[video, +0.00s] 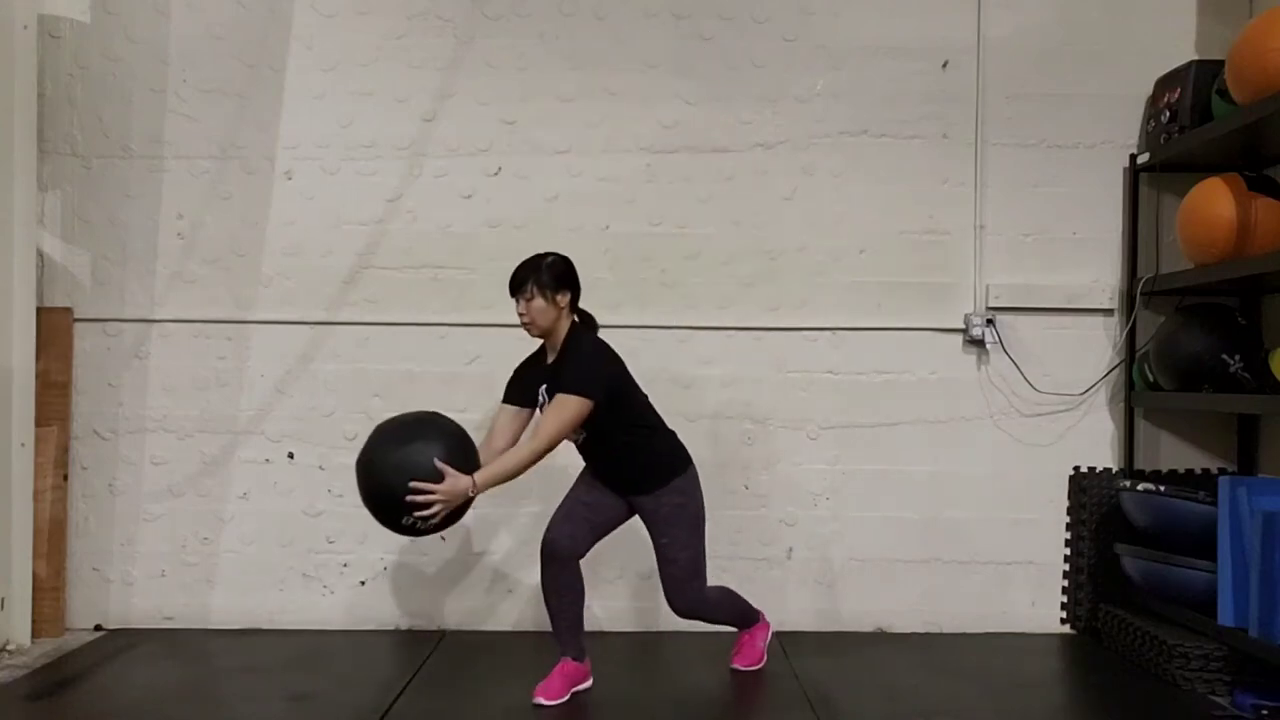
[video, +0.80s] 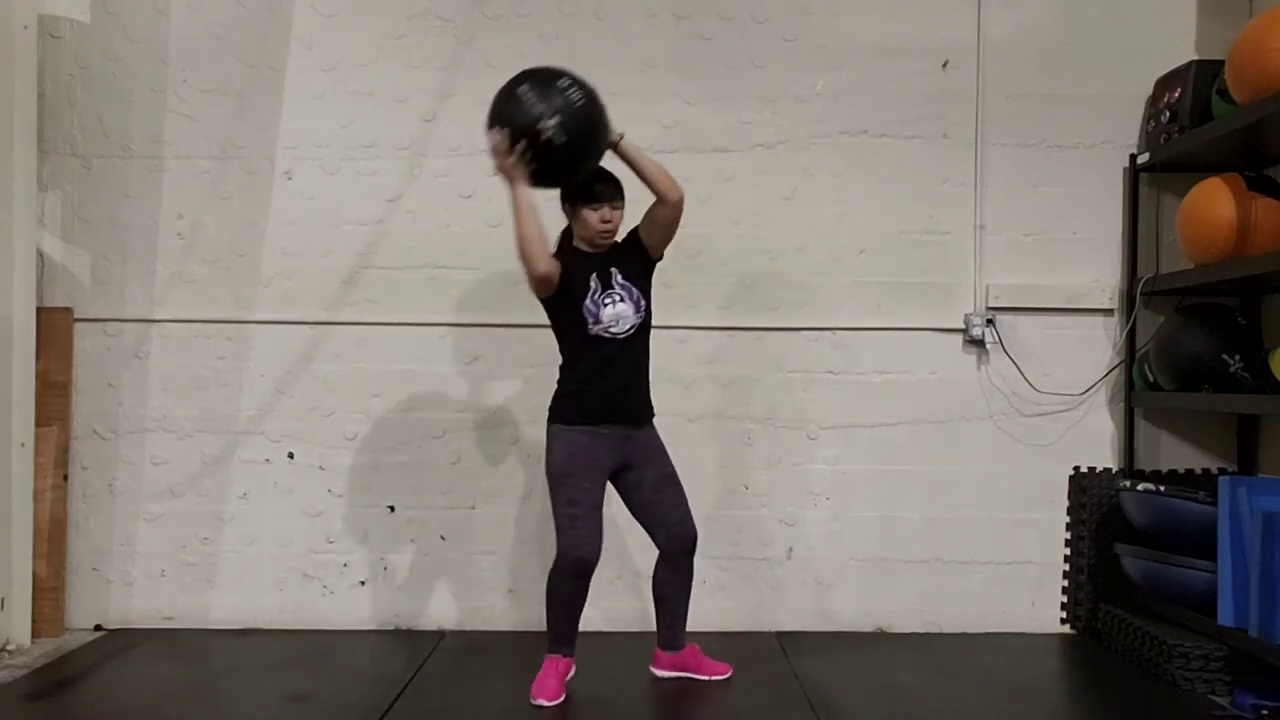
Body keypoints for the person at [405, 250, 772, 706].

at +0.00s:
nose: (521, 308)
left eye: (531, 298)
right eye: (518, 299)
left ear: (564, 300)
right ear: (520, 304)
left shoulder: (590, 360)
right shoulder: (532, 372)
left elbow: (540, 444)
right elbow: (496, 445)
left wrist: (473, 484)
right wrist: (454, 496)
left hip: (665, 479)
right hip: (608, 479)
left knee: (688, 599)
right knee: (558, 548)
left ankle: (755, 624)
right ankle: (574, 662)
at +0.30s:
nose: (523, 285)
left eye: (533, 272)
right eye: (518, 276)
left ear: (565, 272)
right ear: (516, 282)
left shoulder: (597, 332)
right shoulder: (529, 348)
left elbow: (557, 407)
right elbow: (509, 429)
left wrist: (476, 410)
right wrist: (452, 431)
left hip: (650, 464)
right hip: (593, 465)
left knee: (686, 579)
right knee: (548, 550)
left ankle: (751, 621)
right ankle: (574, 661)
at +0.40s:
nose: (535, 264)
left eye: (546, 252)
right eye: (527, 255)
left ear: (575, 253)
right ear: (523, 263)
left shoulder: (605, 310)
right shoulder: (531, 331)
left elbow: (563, 368)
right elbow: (504, 409)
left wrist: (484, 345)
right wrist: (437, 388)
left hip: (644, 454)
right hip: (585, 455)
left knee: (685, 563)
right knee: (548, 552)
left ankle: (743, 619)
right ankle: (574, 661)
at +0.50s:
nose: (548, 245)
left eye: (559, 232)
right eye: (538, 237)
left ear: (584, 235)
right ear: (532, 245)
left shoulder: (615, 286)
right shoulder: (534, 309)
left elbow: (583, 318)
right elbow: (501, 381)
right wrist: (440, 339)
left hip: (641, 445)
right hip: (577, 449)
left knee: (689, 554)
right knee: (548, 552)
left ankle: (722, 621)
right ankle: (574, 661)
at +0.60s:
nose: (561, 227)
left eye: (570, 216)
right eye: (552, 219)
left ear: (595, 221)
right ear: (542, 230)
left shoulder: (628, 271)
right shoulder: (539, 295)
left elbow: (609, 263)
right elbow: (500, 343)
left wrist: (541, 206)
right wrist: (451, 282)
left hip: (638, 442)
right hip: (570, 446)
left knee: (694, 546)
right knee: (549, 555)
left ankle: (691, 630)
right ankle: (573, 662)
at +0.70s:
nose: (587, 223)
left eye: (595, 212)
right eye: (574, 213)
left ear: (607, 214)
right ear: (556, 219)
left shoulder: (634, 265)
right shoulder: (548, 280)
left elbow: (650, 225)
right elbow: (508, 302)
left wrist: (585, 169)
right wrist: (476, 227)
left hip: (637, 438)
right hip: (569, 442)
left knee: (688, 538)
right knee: (559, 557)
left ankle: (675, 645)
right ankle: (570, 659)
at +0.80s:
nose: (609, 216)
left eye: (615, 207)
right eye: (595, 208)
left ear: (624, 210)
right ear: (569, 212)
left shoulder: (636, 257)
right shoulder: (559, 273)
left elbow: (672, 200)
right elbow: (536, 265)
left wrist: (618, 144)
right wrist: (517, 183)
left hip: (635, 434)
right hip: (576, 437)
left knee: (680, 536)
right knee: (578, 554)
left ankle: (672, 650)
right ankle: (559, 657)